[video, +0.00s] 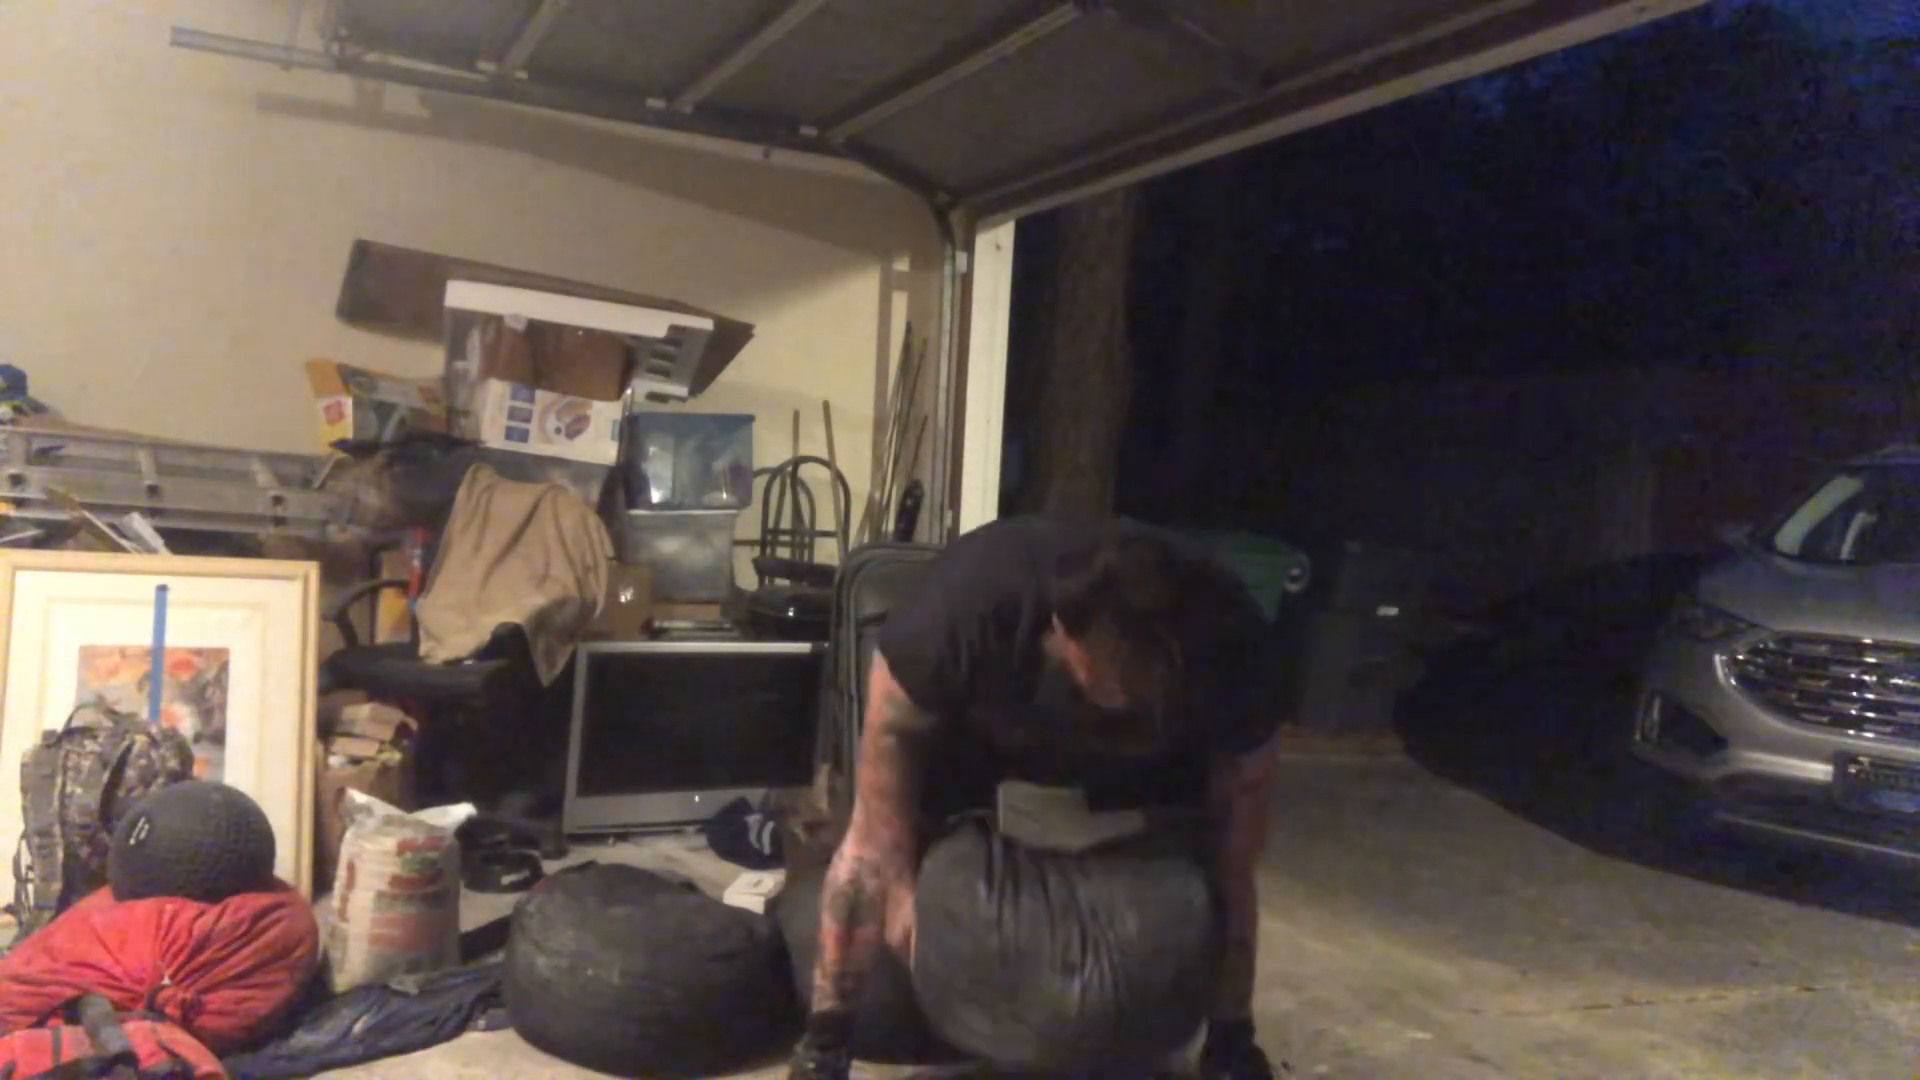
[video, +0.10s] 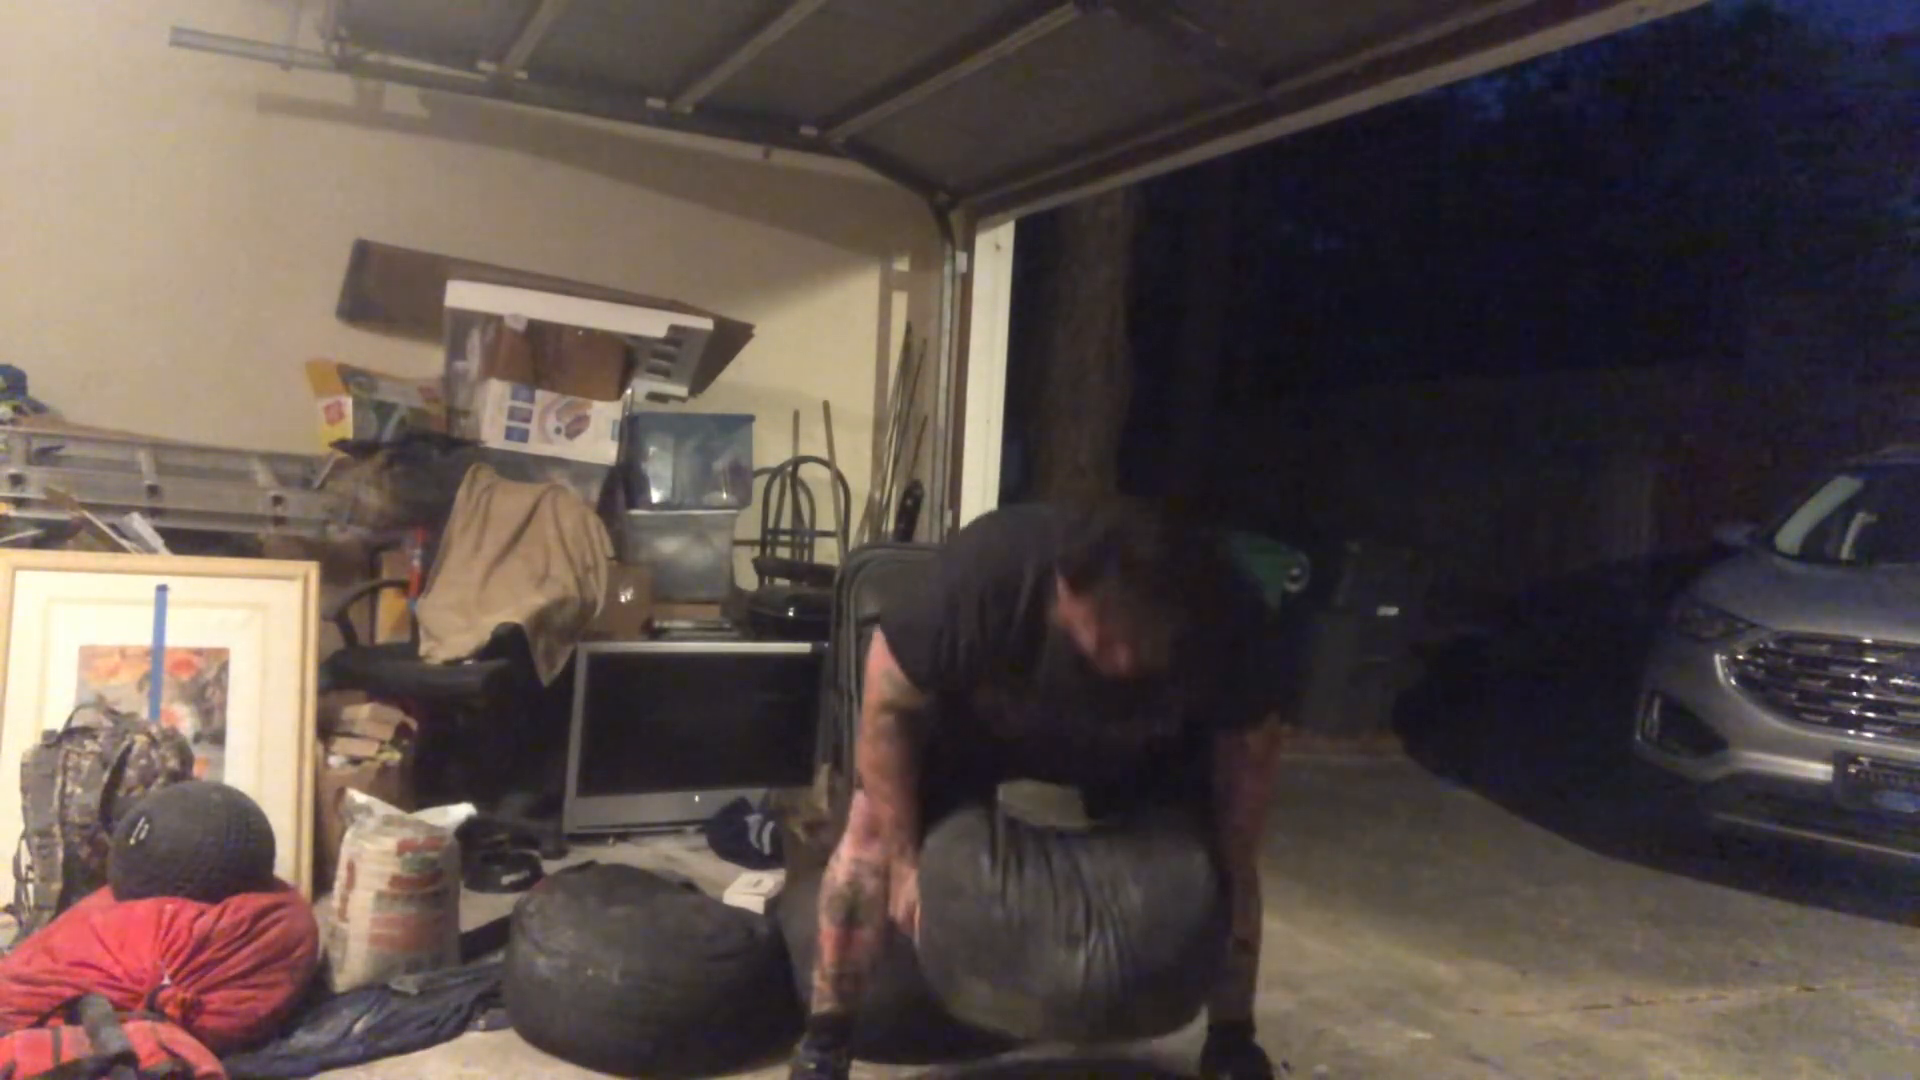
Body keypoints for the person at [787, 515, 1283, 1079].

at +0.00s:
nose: (1120, 700)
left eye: (1140, 686)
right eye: (1107, 678)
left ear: (1181, 648)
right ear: (1065, 634)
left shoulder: (1230, 647)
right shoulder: (969, 610)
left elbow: (1240, 811)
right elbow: (888, 731)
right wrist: (898, 887)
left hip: (1144, 766)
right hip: (974, 749)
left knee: (1230, 884)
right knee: (867, 855)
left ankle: (1232, 1038)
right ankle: (825, 1041)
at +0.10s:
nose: (1125, 661)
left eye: (1146, 642)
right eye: (1106, 638)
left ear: (1183, 615)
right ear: (1068, 595)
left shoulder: (1228, 620)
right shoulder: (984, 578)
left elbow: (1247, 755)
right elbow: (886, 707)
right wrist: (901, 859)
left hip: (1138, 749)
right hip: (973, 728)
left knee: (1230, 867)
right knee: (870, 837)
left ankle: (1233, 1039)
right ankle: (825, 1043)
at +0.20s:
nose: (1133, 610)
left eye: (1154, 590)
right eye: (1117, 585)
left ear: (1188, 569)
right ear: (1077, 547)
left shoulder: (1229, 597)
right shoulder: (989, 557)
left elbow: (1250, 745)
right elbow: (890, 689)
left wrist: (1234, 876)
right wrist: (905, 851)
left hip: (1138, 739)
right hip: (978, 714)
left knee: (1223, 874)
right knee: (872, 831)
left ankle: (1232, 1042)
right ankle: (826, 1040)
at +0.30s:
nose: (1135, 577)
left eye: (1159, 560)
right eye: (1118, 553)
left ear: (1193, 540)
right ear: (1080, 507)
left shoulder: (1227, 578)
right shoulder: (992, 533)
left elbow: (1252, 724)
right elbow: (895, 661)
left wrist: (1235, 863)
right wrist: (907, 822)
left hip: (1143, 731)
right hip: (979, 716)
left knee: (1224, 857)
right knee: (872, 817)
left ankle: (1232, 1042)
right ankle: (824, 1041)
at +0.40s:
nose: (1134, 562)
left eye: (1157, 547)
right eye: (1117, 537)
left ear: (1192, 525)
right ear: (1078, 487)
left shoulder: (1217, 555)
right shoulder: (998, 510)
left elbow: (1265, 689)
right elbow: (896, 631)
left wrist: (1235, 826)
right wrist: (913, 788)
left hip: (1150, 723)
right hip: (979, 709)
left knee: (1217, 844)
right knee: (877, 816)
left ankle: (1231, 1045)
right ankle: (824, 1038)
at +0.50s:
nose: (1131, 564)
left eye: (1153, 547)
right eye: (1114, 541)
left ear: (1185, 520)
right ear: (1077, 491)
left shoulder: (1213, 540)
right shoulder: (1000, 495)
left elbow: (1273, 648)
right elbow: (892, 595)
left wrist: (1242, 789)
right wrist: (918, 751)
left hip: (1148, 702)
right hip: (976, 688)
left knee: (1208, 842)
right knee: (883, 824)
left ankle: (1231, 1044)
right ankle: (824, 1043)